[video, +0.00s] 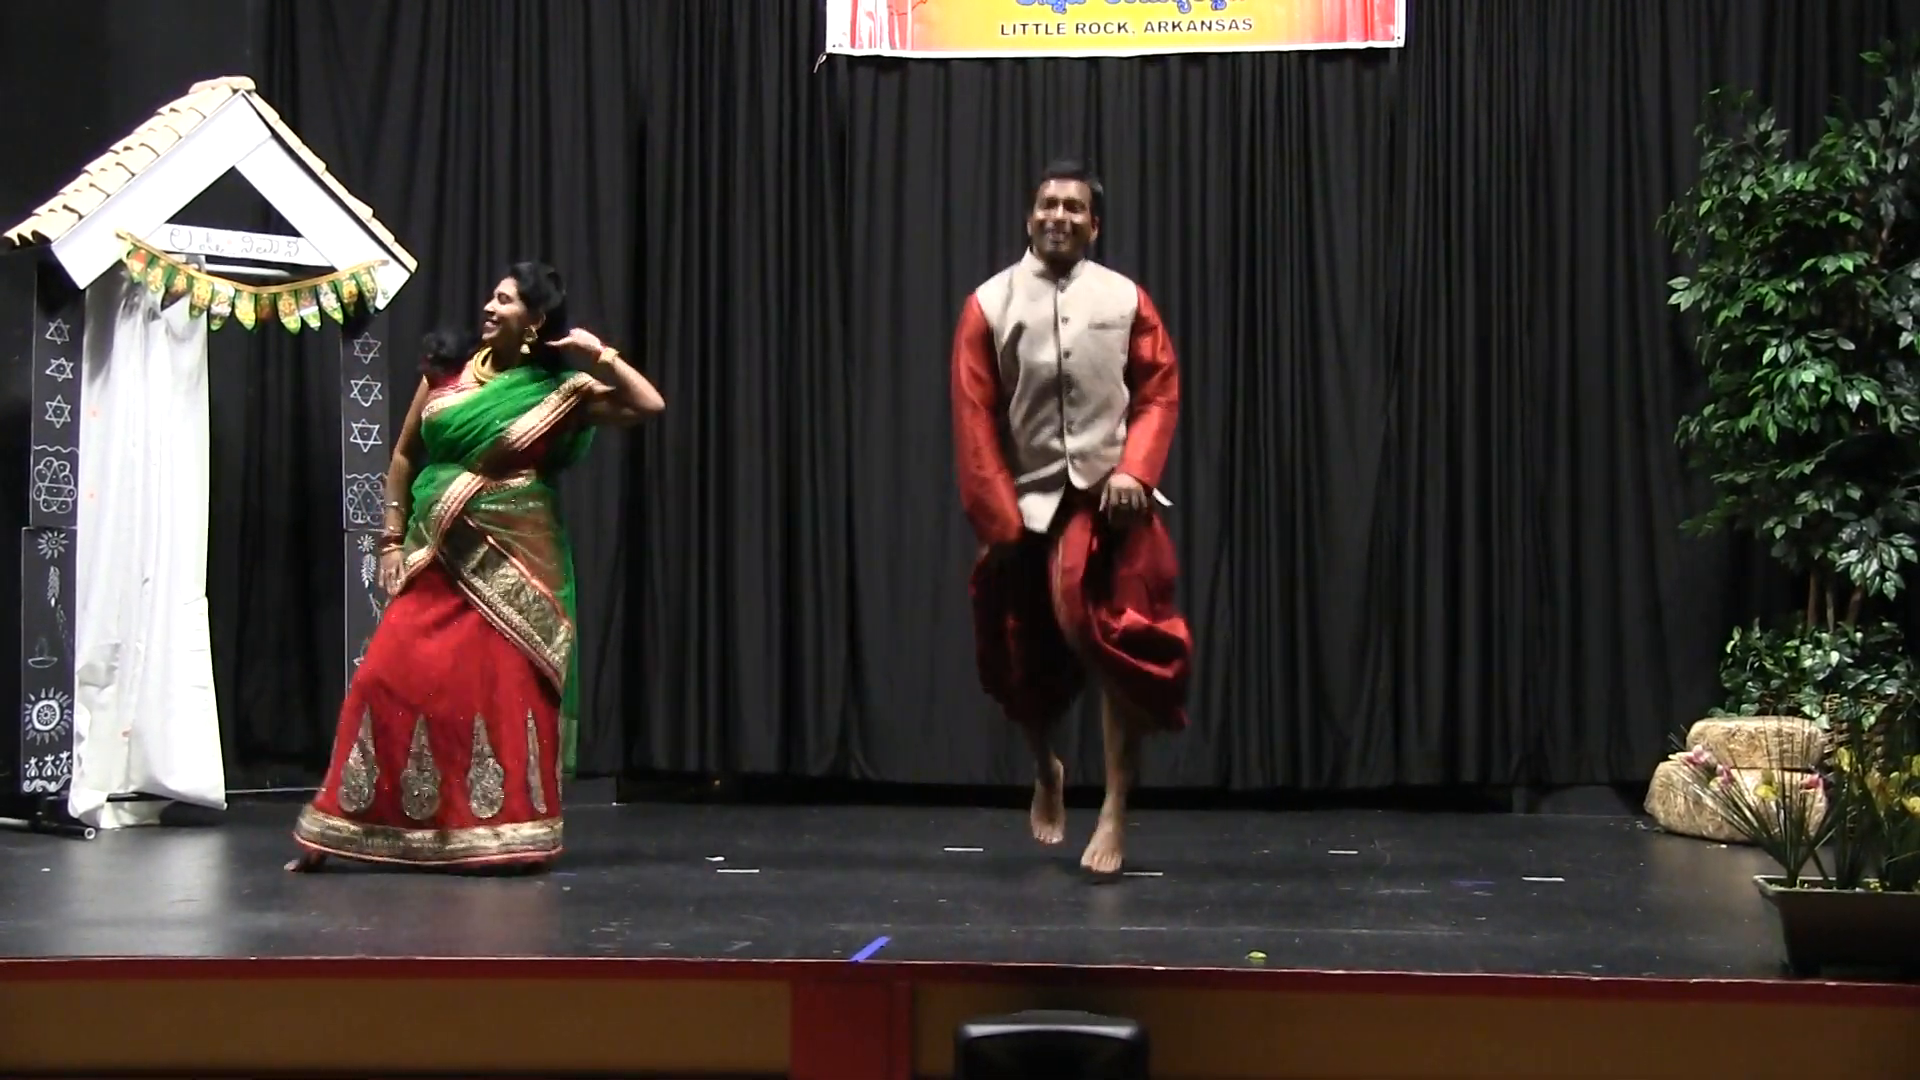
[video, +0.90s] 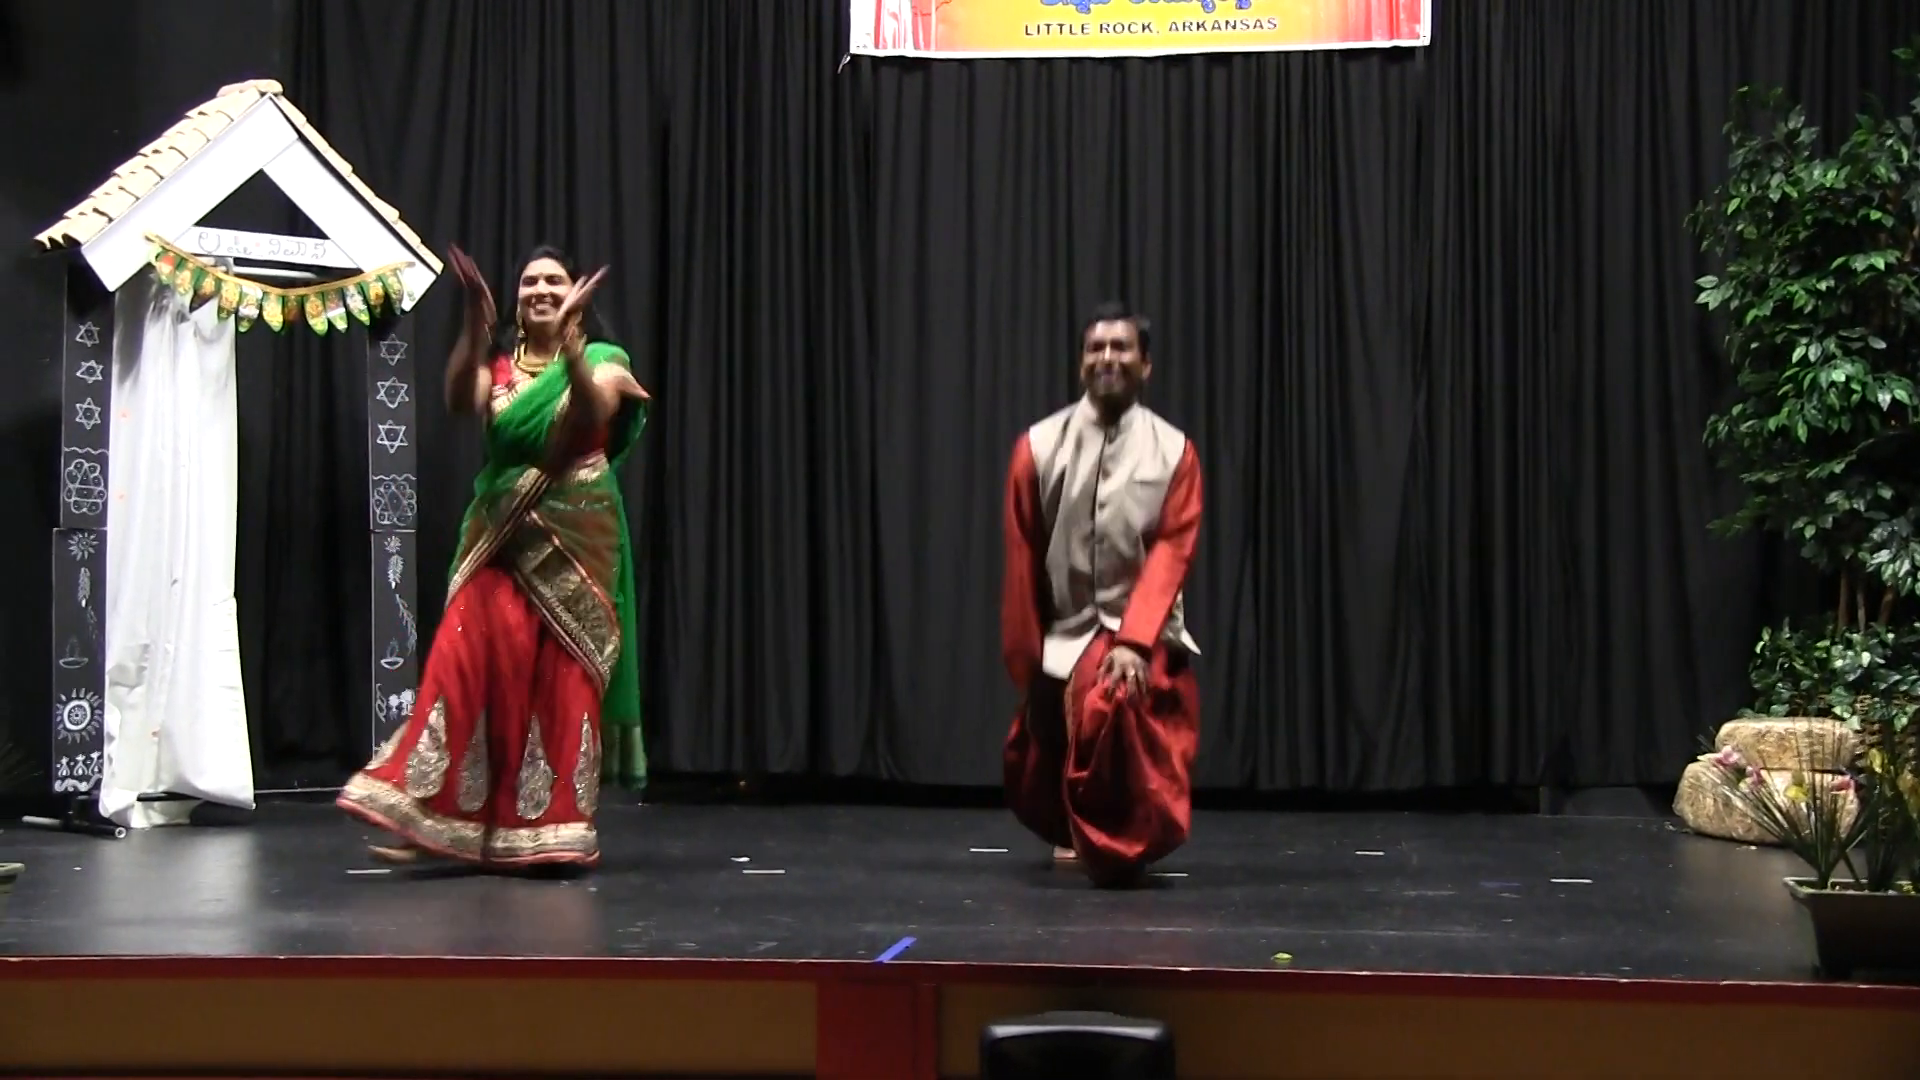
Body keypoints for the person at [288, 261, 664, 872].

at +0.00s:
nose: (492, 307)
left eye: (507, 300)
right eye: (493, 297)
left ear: (536, 316)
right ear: (488, 304)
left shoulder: (560, 387)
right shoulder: (444, 375)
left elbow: (650, 405)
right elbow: (403, 456)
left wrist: (601, 353)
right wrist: (392, 540)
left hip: (519, 555)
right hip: (441, 552)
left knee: (513, 687)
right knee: (376, 674)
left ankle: (517, 837)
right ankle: (327, 827)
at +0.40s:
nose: (508, 307)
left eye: (524, 300)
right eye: (506, 298)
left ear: (555, 322)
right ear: (496, 313)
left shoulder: (569, 398)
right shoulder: (454, 377)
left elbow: (644, 452)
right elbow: (406, 450)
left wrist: (632, 389)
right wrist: (384, 530)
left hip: (517, 554)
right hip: (436, 549)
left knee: (508, 693)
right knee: (377, 682)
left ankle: (491, 839)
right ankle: (327, 826)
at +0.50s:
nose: (514, 299)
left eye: (529, 292)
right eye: (508, 291)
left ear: (556, 316)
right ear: (496, 308)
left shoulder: (576, 390)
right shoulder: (458, 377)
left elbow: (633, 467)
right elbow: (408, 454)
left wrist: (662, 449)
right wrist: (363, 529)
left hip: (521, 553)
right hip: (442, 546)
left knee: (501, 686)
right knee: (385, 673)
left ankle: (466, 837)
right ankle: (332, 826)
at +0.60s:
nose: (522, 297)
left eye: (537, 289)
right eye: (514, 289)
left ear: (564, 310)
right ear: (502, 308)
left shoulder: (589, 381)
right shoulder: (471, 370)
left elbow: (653, 458)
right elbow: (417, 455)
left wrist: (653, 495)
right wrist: (375, 530)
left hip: (537, 555)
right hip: (455, 544)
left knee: (501, 690)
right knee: (385, 669)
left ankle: (491, 841)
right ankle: (333, 825)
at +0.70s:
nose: (533, 298)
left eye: (547, 290)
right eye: (525, 290)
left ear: (572, 310)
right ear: (510, 307)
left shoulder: (596, 382)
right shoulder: (476, 374)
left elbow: (648, 472)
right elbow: (431, 461)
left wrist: (598, 537)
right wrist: (428, 535)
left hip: (553, 551)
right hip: (468, 544)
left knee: (539, 692)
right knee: (388, 674)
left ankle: (526, 838)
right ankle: (321, 818)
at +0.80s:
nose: (538, 299)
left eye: (551, 291)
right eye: (529, 291)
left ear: (576, 309)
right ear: (515, 308)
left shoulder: (599, 383)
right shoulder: (482, 376)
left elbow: (612, 474)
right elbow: (455, 462)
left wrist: (549, 470)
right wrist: (496, 469)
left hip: (563, 558)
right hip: (485, 550)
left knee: (551, 689)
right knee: (422, 671)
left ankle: (530, 836)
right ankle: (338, 810)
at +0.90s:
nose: (538, 291)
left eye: (552, 283)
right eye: (528, 282)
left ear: (576, 297)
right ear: (515, 298)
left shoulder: (603, 363)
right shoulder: (496, 366)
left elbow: (593, 416)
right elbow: (458, 399)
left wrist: (570, 347)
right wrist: (474, 330)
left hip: (573, 536)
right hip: (497, 531)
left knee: (565, 675)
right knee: (460, 657)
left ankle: (559, 832)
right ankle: (426, 823)